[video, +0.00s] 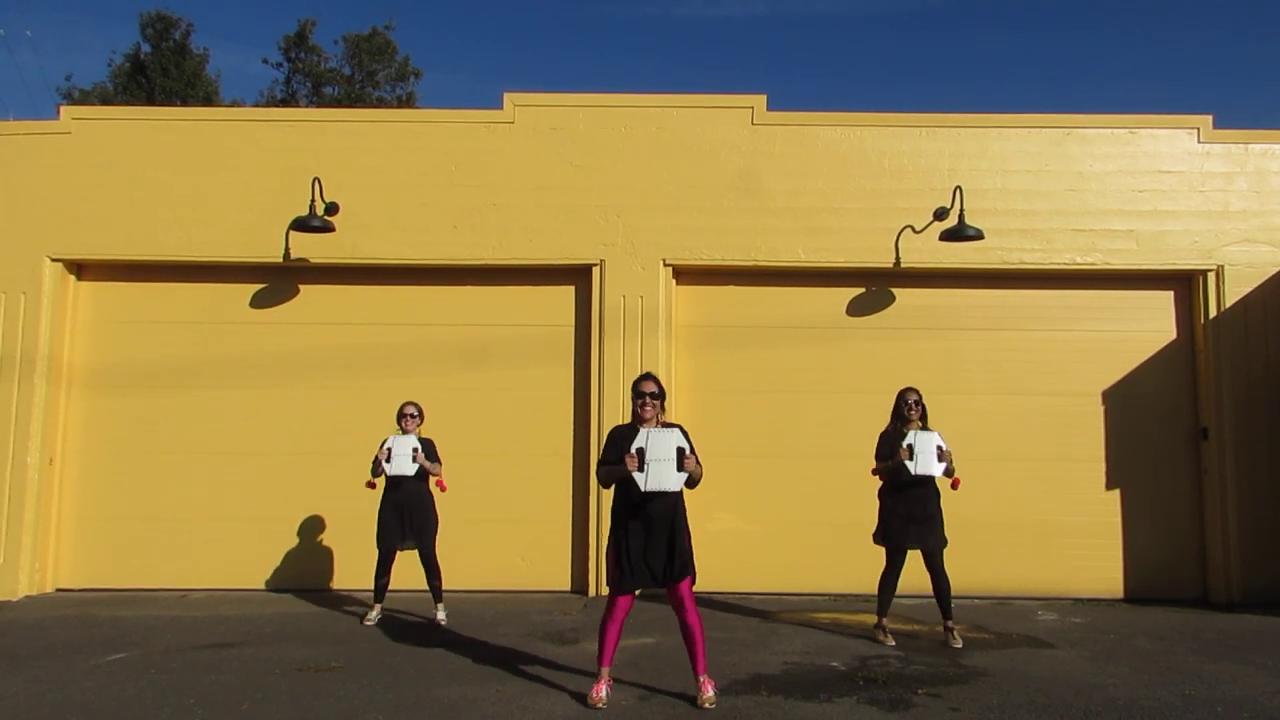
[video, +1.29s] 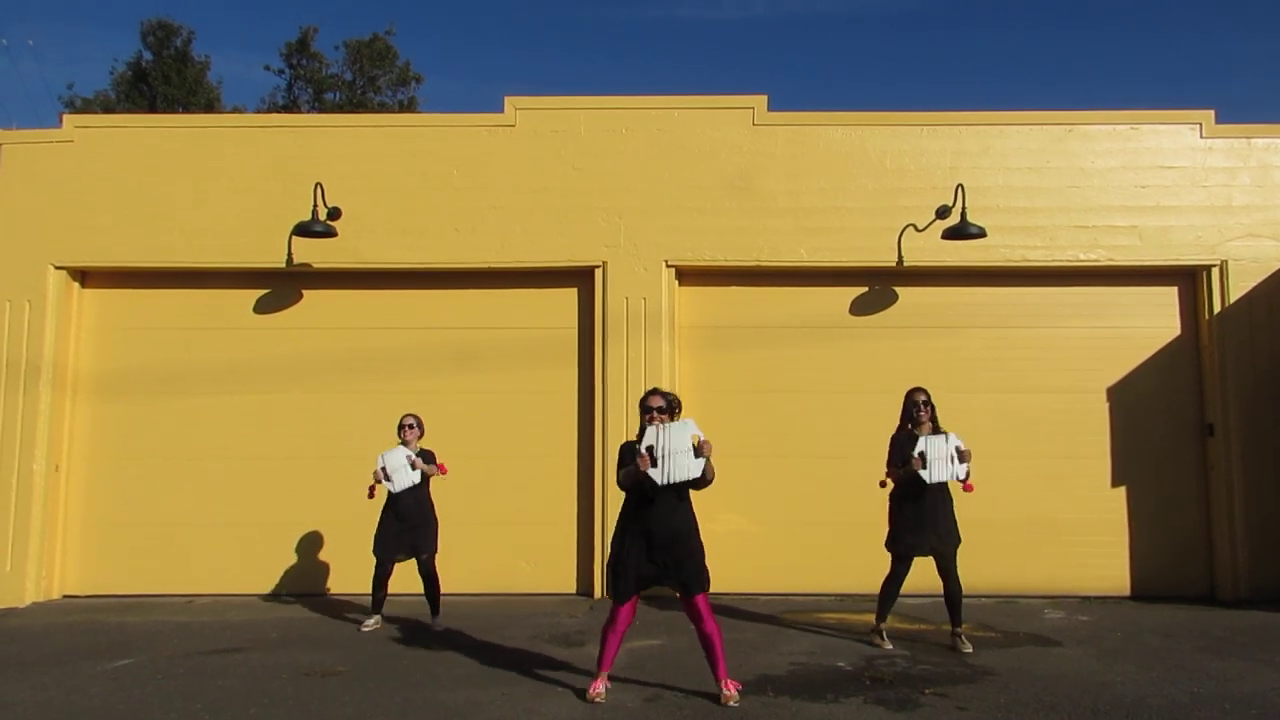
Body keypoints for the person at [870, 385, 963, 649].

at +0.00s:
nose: (912, 407)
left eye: (916, 403)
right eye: (906, 404)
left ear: (922, 407)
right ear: (898, 407)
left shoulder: (931, 437)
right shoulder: (890, 435)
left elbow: (947, 473)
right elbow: (880, 470)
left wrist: (947, 461)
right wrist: (898, 460)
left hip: (927, 508)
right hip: (897, 509)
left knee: (936, 566)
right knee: (894, 565)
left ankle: (949, 625)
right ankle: (881, 624)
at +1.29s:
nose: (921, 408)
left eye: (925, 404)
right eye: (915, 405)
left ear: (932, 407)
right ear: (907, 409)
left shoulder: (943, 438)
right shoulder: (901, 438)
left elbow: (958, 474)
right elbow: (893, 475)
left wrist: (964, 460)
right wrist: (909, 468)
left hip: (940, 515)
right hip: (908, 516)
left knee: (949, 574)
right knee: (898, 572)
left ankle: (958, 632)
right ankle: (878, 628)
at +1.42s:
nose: (924, 392)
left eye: (927, 387)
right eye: (918, 389)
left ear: (934, 392)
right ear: (909, 397)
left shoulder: (949, 421)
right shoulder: (903, 425)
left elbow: (980, 442)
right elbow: (896, 462)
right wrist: (895, 480)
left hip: (942, 501)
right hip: (908, 502)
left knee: (949, 563)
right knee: (899, 556)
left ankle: (954, 626)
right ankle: (869, 598)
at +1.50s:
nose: (927, 394)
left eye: (930, 390)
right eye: (921, 392)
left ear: (936, 395)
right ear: (912, 400)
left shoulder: (951, 421)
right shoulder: (907, 428)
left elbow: (992, 423)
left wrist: (1006, 404)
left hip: (945, 504)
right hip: (912, 504)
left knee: (951, 567)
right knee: (901, 561)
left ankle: (951, 628)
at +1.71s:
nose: (927, 395)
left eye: (930, 390)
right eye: (920, 392)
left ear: (936, 396)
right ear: (911, 399)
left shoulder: (949, 422)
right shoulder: (904, 430)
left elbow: (985, 419)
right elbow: (893, 465)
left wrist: (1006, 406)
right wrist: (892, 486)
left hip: (943, 506)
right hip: (910, 506)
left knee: (946, 566)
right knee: (904, 561)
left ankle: (953, 629)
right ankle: (877, 552)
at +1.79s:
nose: (925, 397)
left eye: (929, 393)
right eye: (919, 394)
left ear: (935, 398)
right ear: (909, 400)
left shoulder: (947, 423)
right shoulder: (900, 428)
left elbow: (980, 436)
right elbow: (890, 467)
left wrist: (985, 433)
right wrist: (906, 473)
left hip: (942, 502)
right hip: (907, 503)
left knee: (949, 565)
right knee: (902, 562)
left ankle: (959, 624)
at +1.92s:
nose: (922, 410)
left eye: (926, 406)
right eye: (916, 406)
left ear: (933, 410)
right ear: (908, 410)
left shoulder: (942, 441)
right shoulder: (899, 439)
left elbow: (956, 482)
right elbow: (887, 478)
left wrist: (955, 470)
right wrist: (904, 463)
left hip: (937, 513)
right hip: (904, 513)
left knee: (947, 573)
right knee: (903, 573)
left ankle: (963, 629)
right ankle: (888, 629)